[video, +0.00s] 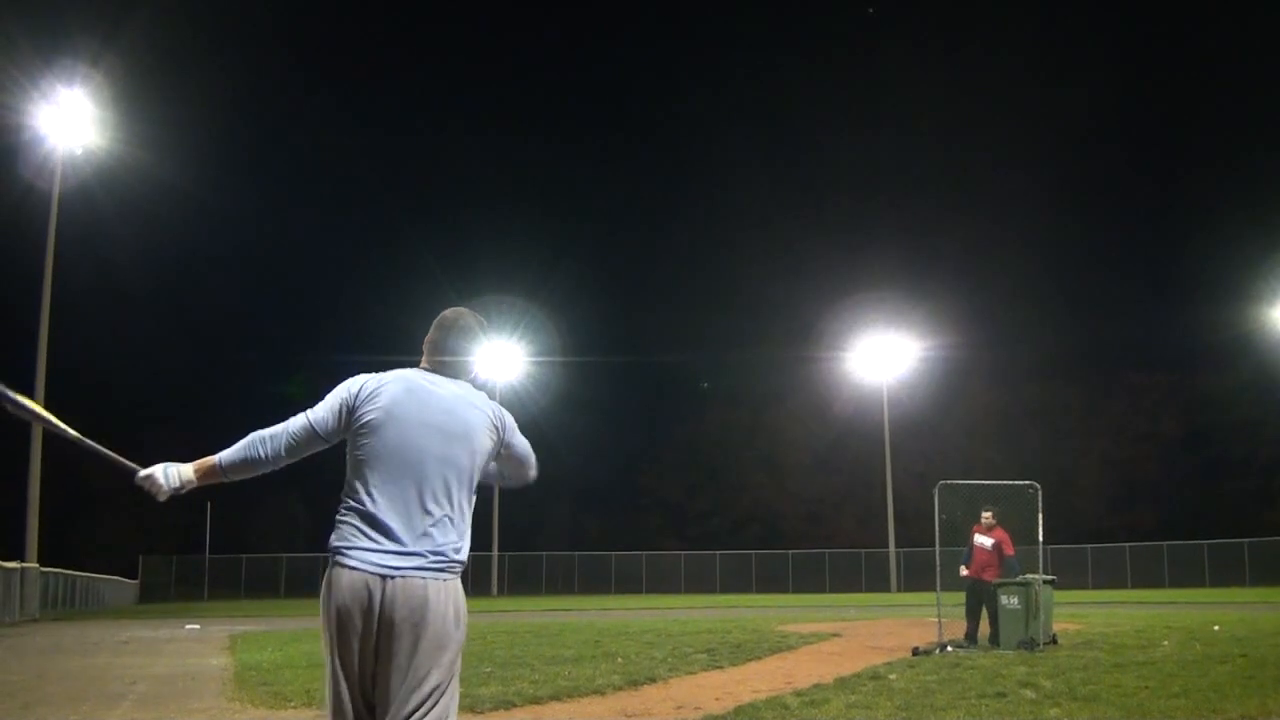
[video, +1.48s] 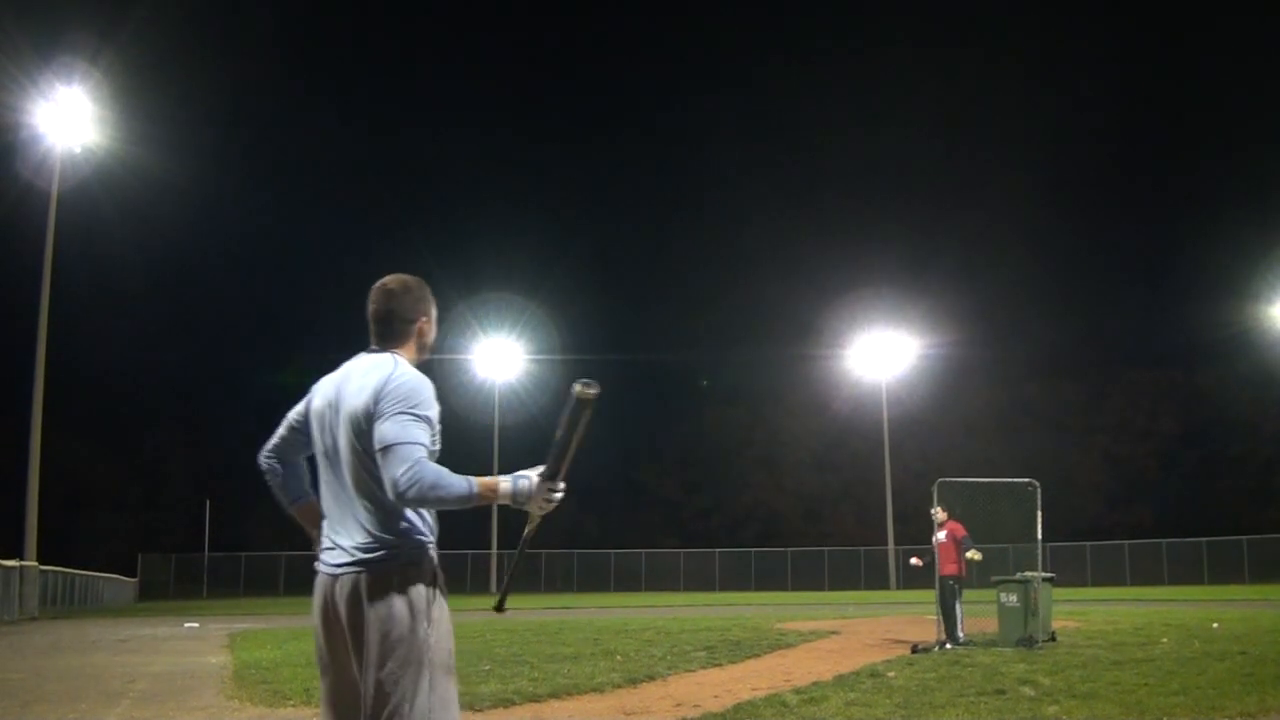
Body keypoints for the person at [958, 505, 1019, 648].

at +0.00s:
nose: (984, 521)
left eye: (987, 518)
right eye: (982, 518)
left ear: (994, 519)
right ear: (980, 518)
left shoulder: (1001, 536)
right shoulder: (977, 529)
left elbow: (1010, 558)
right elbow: (970, 548)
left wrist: (1017, 576)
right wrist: (963, 564)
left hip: (991, 581)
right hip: (974, 578)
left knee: (993, 613)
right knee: (972, 611)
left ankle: (995, 640)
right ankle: (970, 639)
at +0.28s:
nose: (971, 518)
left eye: (974, 515)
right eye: (969, 515)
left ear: (982, 516)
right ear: (968, 517)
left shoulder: (991, 533)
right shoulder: (968, 531)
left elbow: (1003, 553)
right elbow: (964, 551)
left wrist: (1011, 570)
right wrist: (958, 565)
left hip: (984, 580)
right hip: (967, 578)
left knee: (989, 613)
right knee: (961, 611)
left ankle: (995, 642)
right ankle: (955, 639)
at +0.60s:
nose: (949, 520)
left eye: (951, 517)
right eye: (948, 518)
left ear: (960, 516)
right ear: (949, 518)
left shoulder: (971, 529)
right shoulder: (951, 532)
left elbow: (986, 544)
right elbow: (950, 555)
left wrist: (997, 556)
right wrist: (938, 562)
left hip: (968, 577)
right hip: (952, 577)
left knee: (976, 609)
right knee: (951, 611)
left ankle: (990, 637)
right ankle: (952, 640)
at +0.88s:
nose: (937, 521)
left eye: (939, 517)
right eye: (936, 518)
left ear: (947, 515)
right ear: (942, 517)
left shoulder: (960, 527)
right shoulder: (940, 533)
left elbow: (975, 539)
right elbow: (938, 555)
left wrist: (987, 550)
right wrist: (926, 564)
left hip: (958, 573)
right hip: (945, 574)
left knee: (957, 606)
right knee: (946, 607)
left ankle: (962, 636)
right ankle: (951, 637)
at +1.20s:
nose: (936, 517)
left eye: (938, 514)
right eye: (934, 515)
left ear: (946, 513)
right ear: (934, 517)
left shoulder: (956, 526)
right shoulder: (938, 532)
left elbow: (968, 539)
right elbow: (936, 553)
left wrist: (976, 549)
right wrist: (923, 561)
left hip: (954, 573)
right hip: (942, 574)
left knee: (953, 606)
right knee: (944, 606)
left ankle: (957, 638)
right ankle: (949, 637)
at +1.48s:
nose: (935, 516)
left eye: (937, 513)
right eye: (933, 514)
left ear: (945, 513)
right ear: (933, 517)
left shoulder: (953, 526)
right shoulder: (937, 532)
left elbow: (964, 539)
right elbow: (935, 553)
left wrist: (969, 549)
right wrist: (923, 560)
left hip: (953, 573)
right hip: (942, 573)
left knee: (952, 605)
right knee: (944, 606)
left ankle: (956, 637)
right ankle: (949, 637)